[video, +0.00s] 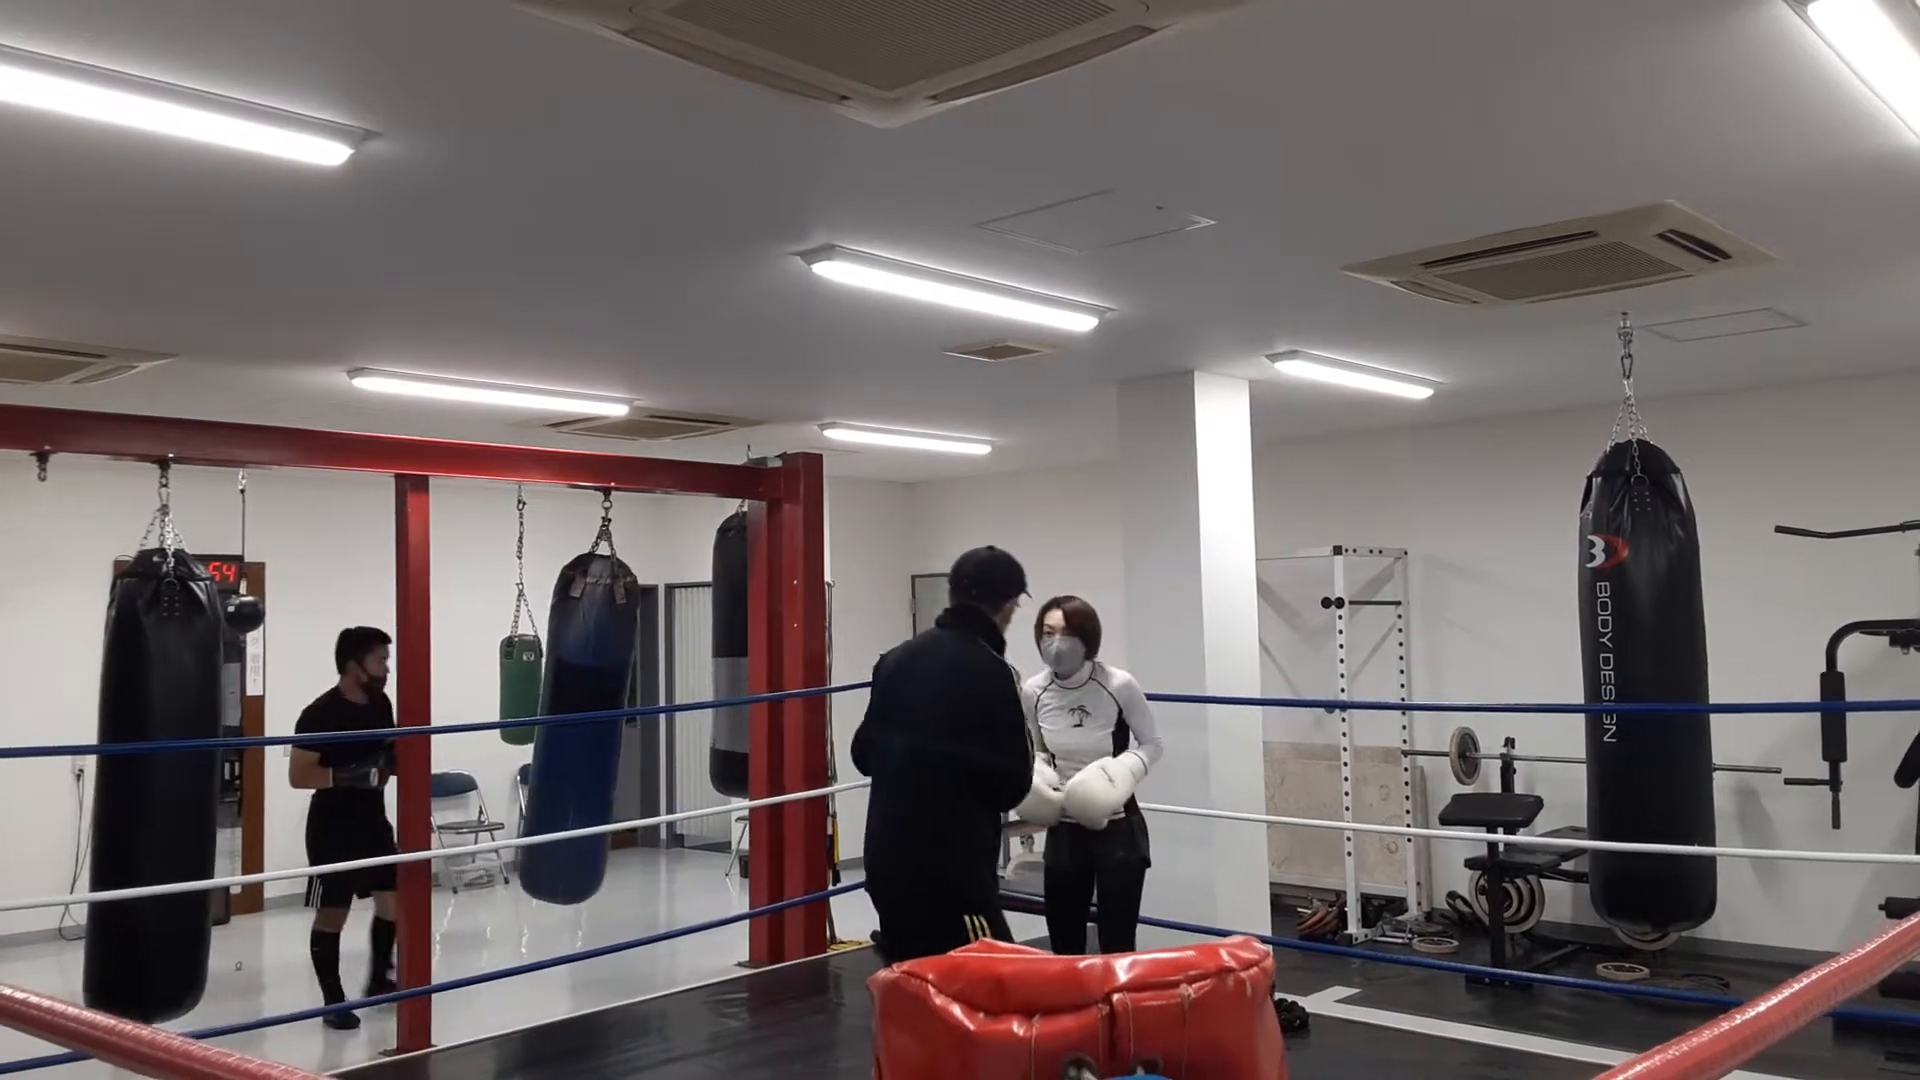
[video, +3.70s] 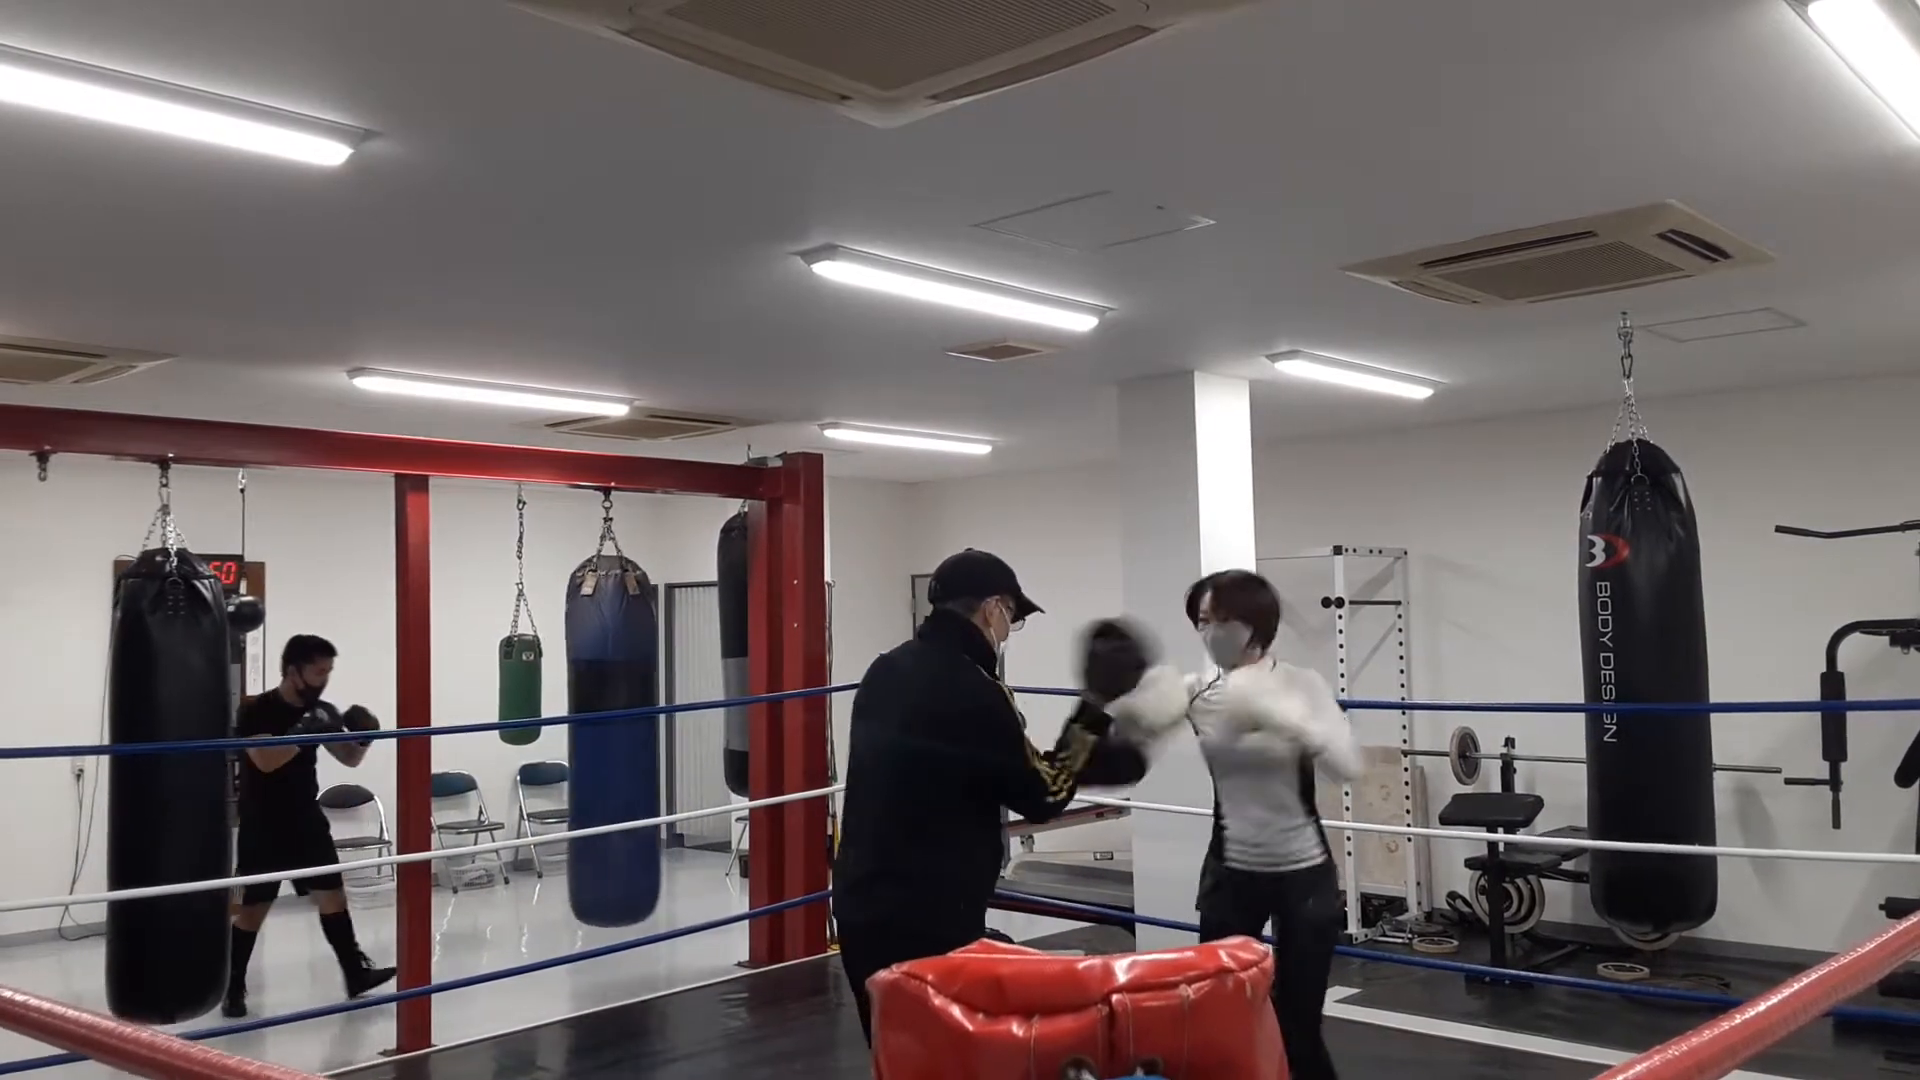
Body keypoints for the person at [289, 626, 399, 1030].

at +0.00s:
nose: (386, 667)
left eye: (387, 659)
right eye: (379, 660)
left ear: (369, 665)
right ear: (353, 665)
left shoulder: (380, 706)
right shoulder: (319, 714)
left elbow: (386, 762)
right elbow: (298, 775)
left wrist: (402, 760)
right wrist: (351, 775)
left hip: (373, 816)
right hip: (331, 821)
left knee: (391, 899)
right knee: (334, 908)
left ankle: (379, 981)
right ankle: (333, 1002)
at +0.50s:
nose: (377, 668)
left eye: (378, 660)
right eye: (370, 661)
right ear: (343, 663)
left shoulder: (364, 707)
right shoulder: (310, 708)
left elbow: (354, 756)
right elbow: (287, 764)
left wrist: (380, 758)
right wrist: (342, 771)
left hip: (342, 812)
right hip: (307, 813)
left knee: (331, 900)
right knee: (316, 902)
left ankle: (317, 985)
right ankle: (321, 990)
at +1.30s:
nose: (382, 682)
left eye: (385, 675)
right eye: (375, 674)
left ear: (383, 673)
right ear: (350, 671)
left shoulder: (372, 715)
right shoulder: (310, 711)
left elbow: (367, 762)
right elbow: (285, 767)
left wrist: (386, 769)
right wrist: (335, 772)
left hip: (347, 820)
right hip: (304, 820)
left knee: (361, 905)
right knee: (298, 910)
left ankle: (377, 991)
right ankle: (293, 997)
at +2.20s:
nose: (346, 684)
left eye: (347, 676)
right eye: (340, 676)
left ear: (325, 675)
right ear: (313, 673)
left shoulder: (329, 716)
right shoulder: (273, 718)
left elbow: (317, 768)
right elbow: (256, 780)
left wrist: (349, 768)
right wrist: (314, 774)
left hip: (318, 827)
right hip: (277, 832)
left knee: (343, 908)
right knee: (272, 919)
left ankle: (369, 987)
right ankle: (246, 1005)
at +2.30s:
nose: (332, 678)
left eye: (333, 670)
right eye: (326, 670)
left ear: (307, 672)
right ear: (298, 670)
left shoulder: (319, 712)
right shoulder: (260, 716)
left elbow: (311, 761)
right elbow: (249, 778)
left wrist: (339, 761)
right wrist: (302, 770)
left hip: (310, 821)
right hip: (269, 826)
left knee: (337, 902)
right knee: (268, 915)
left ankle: (340, 987)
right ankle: (245, 1003)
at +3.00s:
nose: (364, 685)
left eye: (367, 677)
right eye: (357, 677)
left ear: (366, 675)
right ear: (331, 676)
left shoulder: (358, 718)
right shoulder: (295, 720)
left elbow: (355, 765)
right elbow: (282, 778)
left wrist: (370, 771)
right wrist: (332, 778)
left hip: (339, 816)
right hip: (297, 820)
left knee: (365, 889)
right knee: (285, 907)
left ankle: (371, 975)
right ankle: (252, 998)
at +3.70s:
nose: (323, 681)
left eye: (327, 673)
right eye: (316, 673)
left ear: (328, 671)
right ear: (292, 670)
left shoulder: (315, 711)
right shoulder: (254, 711)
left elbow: (351, 757)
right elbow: (266, 760)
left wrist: (361, 733)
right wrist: (309, 729)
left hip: (307, 820)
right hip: (263, 824)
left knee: (331, 892)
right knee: (254, 905)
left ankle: (355, 974)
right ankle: (235, 989)